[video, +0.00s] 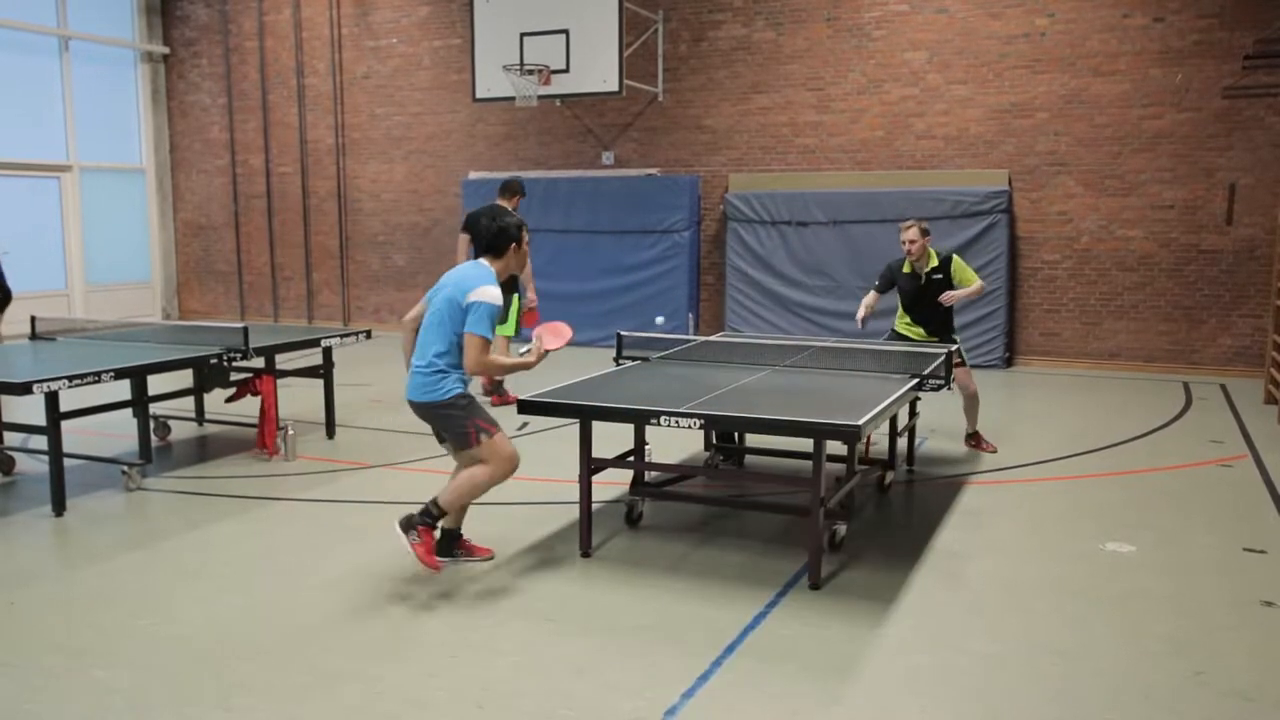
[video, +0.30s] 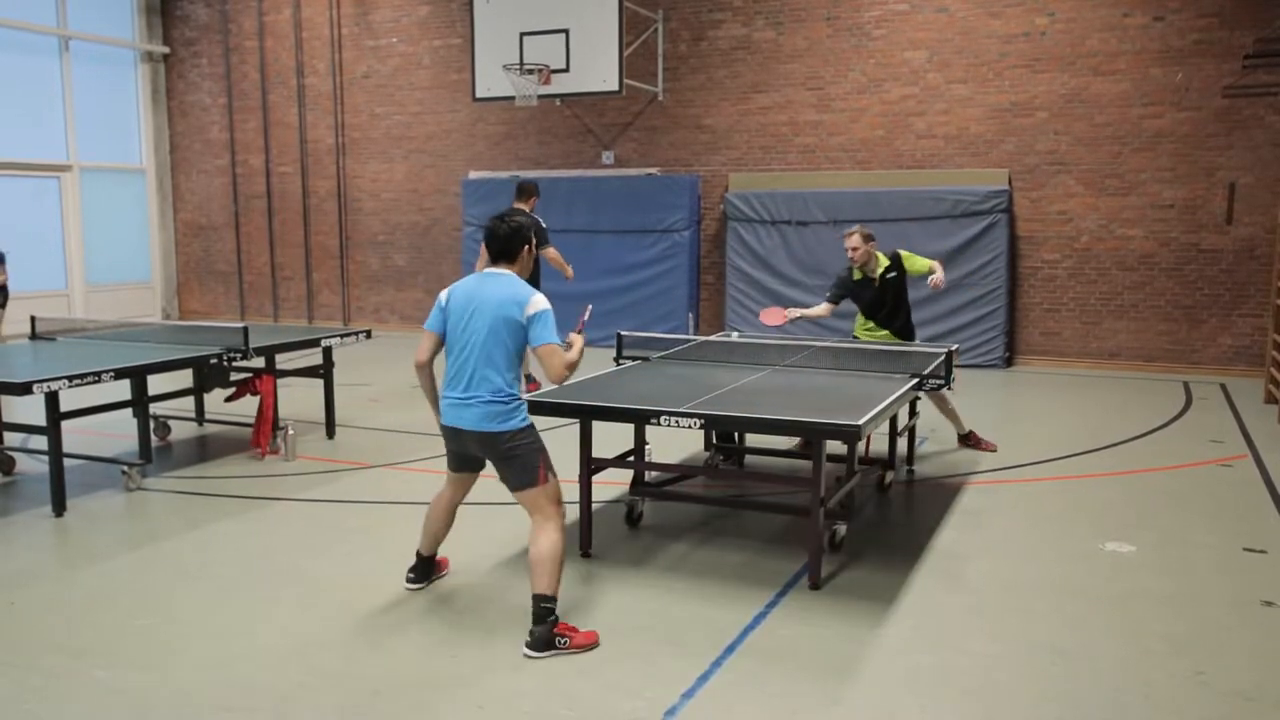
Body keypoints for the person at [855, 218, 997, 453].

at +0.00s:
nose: (907, 248)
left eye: (912, 242)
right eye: (903, 243)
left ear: (927, 240)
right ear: (901, 244)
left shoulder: (948, 262)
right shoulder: (896, 268)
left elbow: (978, 285)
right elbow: (874, 294)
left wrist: (959, 294)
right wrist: (864, 307)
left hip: (942, 338)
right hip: (904, 335)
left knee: (970, 390)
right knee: (873, 377)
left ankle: (972, 434)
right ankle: (864, 432)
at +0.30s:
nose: (850, 255)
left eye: (854, 250)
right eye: (847, 251)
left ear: (871, 246)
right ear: (847, 251)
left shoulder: (897, 259)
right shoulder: (848, 278)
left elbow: (934, 266)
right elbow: (826, 309)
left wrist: (938, 274)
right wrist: (800, 313)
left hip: (902, 343)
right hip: (865, 344)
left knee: (934, 389)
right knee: (836, 385)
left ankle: (964, 433)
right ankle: (810, 437)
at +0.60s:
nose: (814, 271)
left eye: (819, 265)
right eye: (811, 267)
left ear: (833, 264)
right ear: (809, 269)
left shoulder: (852, 274)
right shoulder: (810, 296)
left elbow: (875, 280)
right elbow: (793, 319)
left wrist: (896, 294)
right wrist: (771, 324)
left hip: (874, 349)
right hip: (838, 354)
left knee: (912, 387)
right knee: (817, 390)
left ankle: (937, 434)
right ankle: (809, 439)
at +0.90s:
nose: (853, 254)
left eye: (859, 248)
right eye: (849, 249)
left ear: (871, 249)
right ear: (845, 252)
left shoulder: (890, 269)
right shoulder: (839, 281)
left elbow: (919, 289)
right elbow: (829, 314)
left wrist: (916, 305)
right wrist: (817, 324)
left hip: (894, 350)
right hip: (856, 352)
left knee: (927, 386)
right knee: (826, 388)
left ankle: (937, 433)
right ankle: (810, 439)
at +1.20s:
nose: (869, 239)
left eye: (874, 233)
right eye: (865, 234)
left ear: (886, 232)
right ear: (861, 236)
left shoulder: (909, 250)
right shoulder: (858, 262)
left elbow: (936, 277)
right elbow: (850, 291)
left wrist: (917, 298)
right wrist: (843, 310)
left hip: (910, 324)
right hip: (874, 323)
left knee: (935, 374)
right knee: (855, 371)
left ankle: (954, 427)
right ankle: (859, 431)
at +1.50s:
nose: (852, 271)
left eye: (856, 265)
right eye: (848, 267)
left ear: (870, 263)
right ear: (846, 268)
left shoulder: (889, 277)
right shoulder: (850, 291)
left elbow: (896, 307)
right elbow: (844, 321)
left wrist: (858, 317)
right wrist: (822, 342)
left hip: (912, 341)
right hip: (878, 344)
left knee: (941, 385)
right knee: (859, 384)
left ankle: (961, 430)